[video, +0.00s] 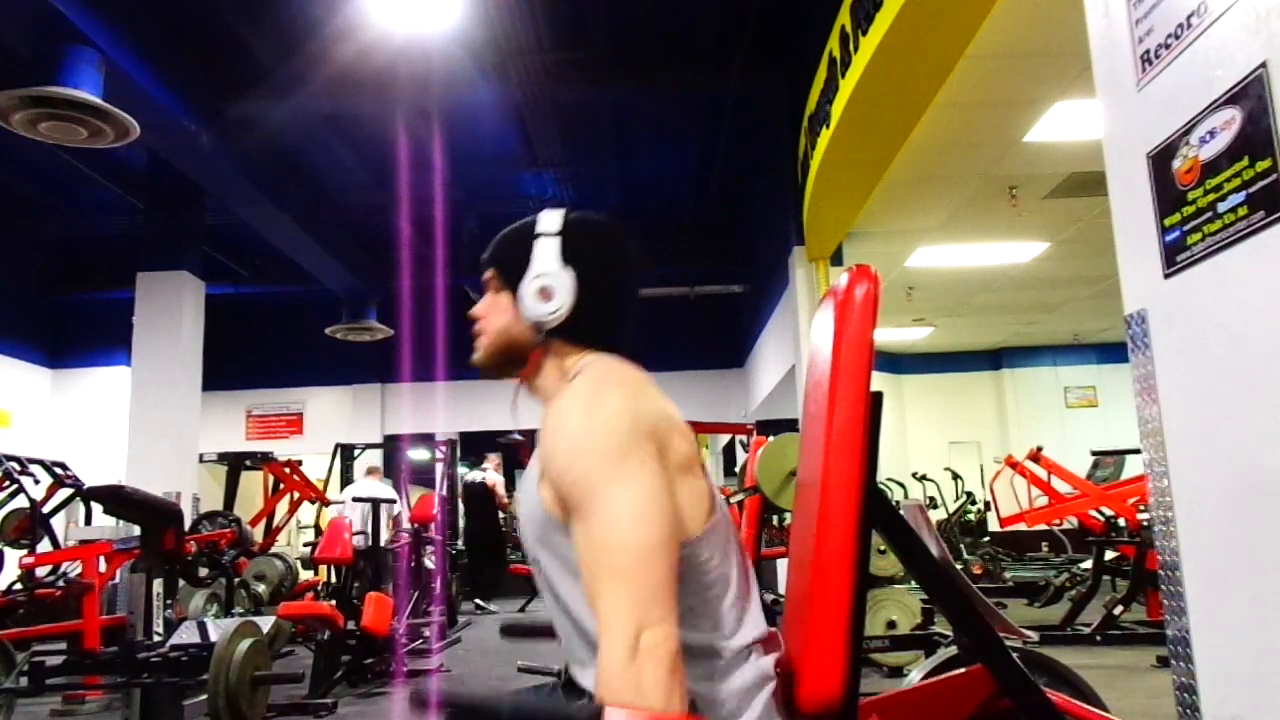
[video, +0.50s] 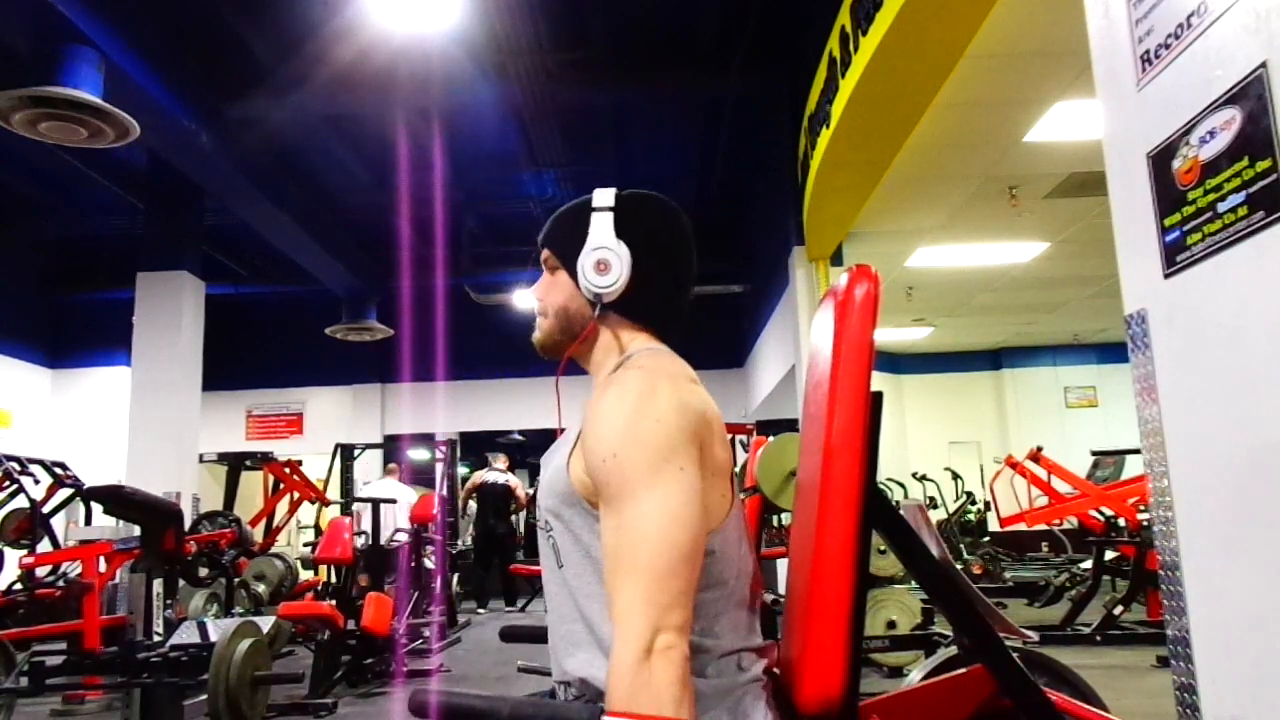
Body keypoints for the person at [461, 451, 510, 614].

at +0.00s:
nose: (499, 469)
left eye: (499, 466)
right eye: (499, 466)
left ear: (484, 462)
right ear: (495, 464)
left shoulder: (468, 477)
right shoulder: (496, 478)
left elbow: (463, 499)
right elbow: (502, 501)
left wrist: (474, 506)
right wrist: (508, 508)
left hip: (471, 526)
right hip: (490, 526)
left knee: (475, 563)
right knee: (495, 561)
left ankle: (478, 599)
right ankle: (484, 598)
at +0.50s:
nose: (506, 466)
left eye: (504, 463)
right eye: (506, 464)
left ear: (490, 463)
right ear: (505, 464)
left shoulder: (479, 475)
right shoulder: (513, 480)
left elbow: (466, 492)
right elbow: (522, 503)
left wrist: (463, 510)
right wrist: (511, 512)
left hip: (483, 529)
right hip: (504, 529)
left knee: (481, 567)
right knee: (507, 566)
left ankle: (481, 605)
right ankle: (510, 603)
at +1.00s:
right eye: (511, 464)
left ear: (495, 464)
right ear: (511, 465)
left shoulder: (487, 474)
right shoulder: (521, 480)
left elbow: (469, 491)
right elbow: (527, 506)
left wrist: (454, 496)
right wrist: (514, 512)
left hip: (489, 529)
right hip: (511, 531)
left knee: (488, 567)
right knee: (505, 569)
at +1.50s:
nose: (490, 465)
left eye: (489, 463)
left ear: (489, 464)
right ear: (504, 464)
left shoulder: (482, 475)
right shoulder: (516, 477)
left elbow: (463, 490)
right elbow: (525, 499)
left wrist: (447, 496)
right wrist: (513, 509)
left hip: (489, 528)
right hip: (510, 529)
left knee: (490, 564)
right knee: (506, 565)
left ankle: (493, 603)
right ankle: (508, 602)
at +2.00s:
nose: (479, 469)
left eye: (480, 467)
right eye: (481, 467)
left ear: (481, 466)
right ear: (496, 465)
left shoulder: (476, 476)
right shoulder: (510, 476)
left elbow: (463, 493)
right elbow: (522, 498)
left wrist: (449, 499)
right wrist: (511, 510)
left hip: (488, 529)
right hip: (508, 529)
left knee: (490, 567)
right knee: (510, 566)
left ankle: (493, 604)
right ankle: (511, 603)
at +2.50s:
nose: (474, 469)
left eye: (474, 467)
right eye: (475, 466)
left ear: (475, 467)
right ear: (490, 465)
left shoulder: (471, 478)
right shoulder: (505, 476)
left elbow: (456, 498)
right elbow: (517, 500)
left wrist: (448, 501)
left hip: (484, 530)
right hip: (505, 530)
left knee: (486, 567)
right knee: (507, 567)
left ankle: (492, 604)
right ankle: (511, 602)